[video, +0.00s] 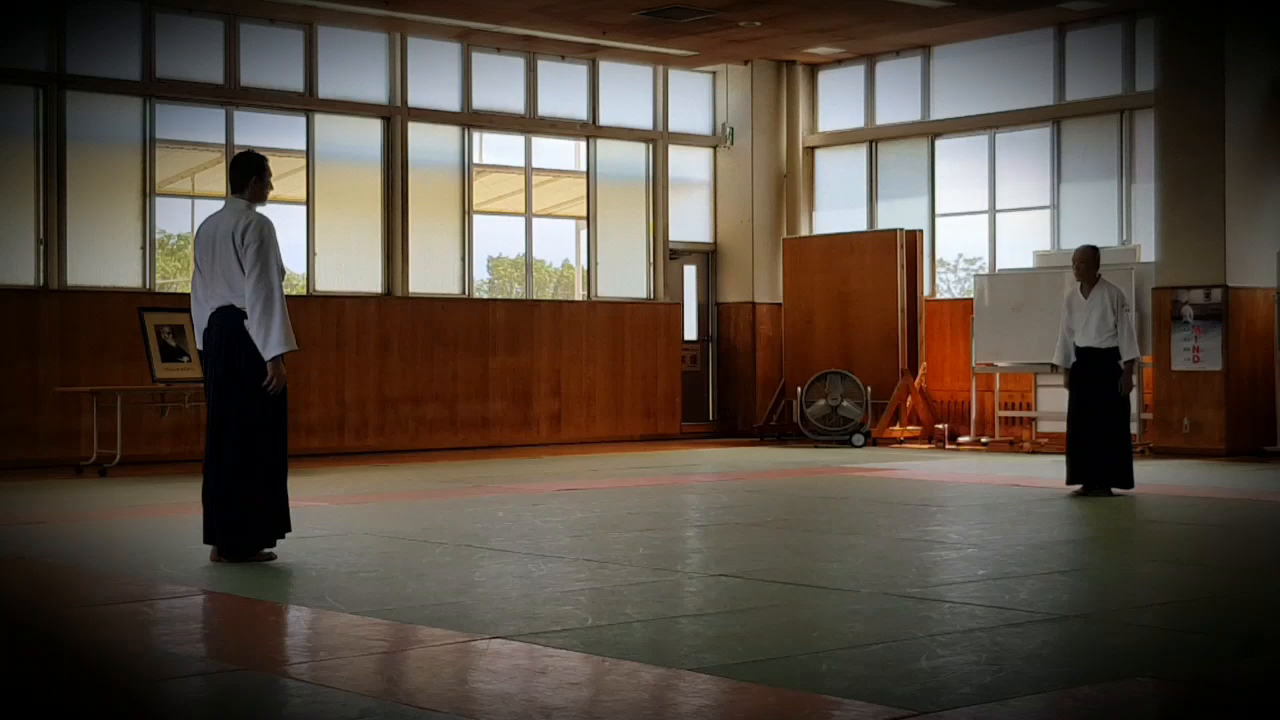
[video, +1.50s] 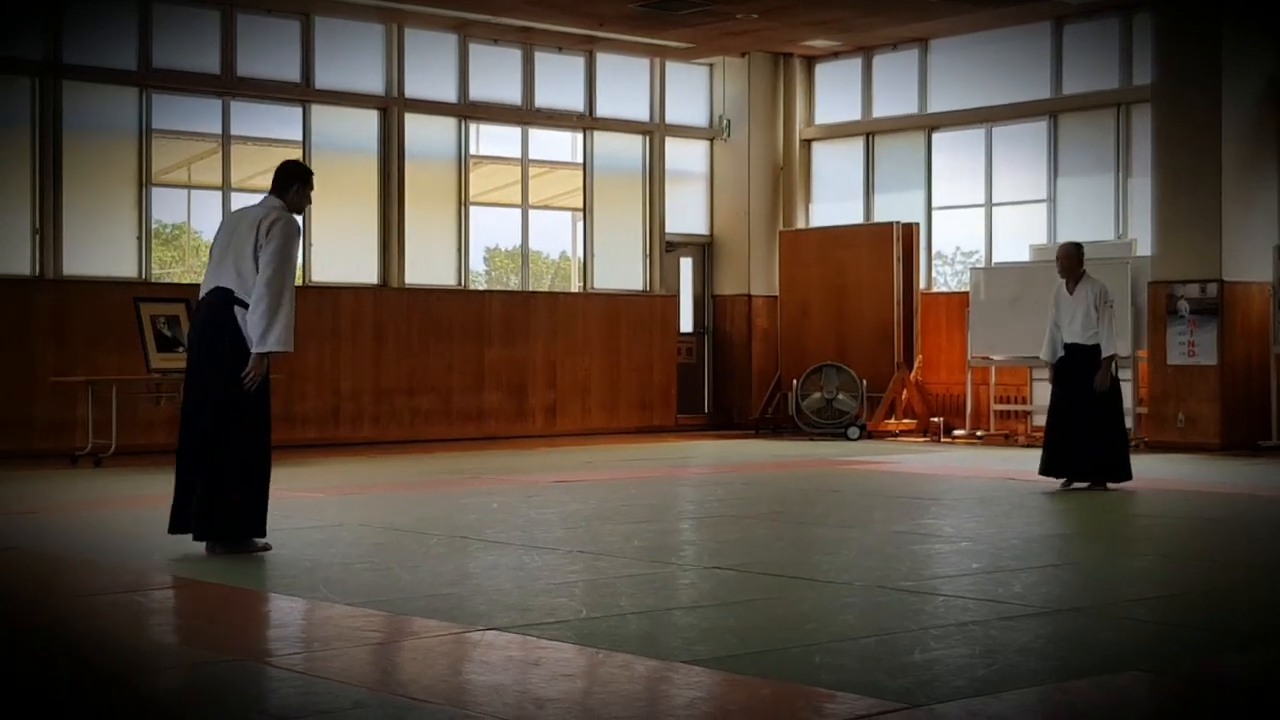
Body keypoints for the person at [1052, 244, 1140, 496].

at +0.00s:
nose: (1075, 268)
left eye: (1081, 263)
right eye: (1074, 264)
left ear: (1096, 265)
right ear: (1073, 266)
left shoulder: (1113, 294)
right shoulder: (1072, 297)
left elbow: (1126, 332)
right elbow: (1065, 334)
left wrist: (1128, 371)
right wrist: (1065, 368)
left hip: (1107, 361)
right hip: (1082, 362)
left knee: (1106, 422)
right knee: (1083, 421)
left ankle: (1104, 482)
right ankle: (1087, 481)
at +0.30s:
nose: (1068, 286)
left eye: (1072, 280)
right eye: (1066, 281)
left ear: (1086, 275)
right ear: (1064, 280)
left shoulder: (1109, 298)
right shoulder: (1069, 303)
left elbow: (1125, 335)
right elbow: (1068, 337)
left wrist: (1129, 373)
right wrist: (1070, 370)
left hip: (1111, 363)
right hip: (1087, 364)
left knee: (1108, 422)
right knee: (1087, 421)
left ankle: (1105, 480)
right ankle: (1086, 479)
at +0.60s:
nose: (1059, 287)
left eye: (1062, 282)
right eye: (1057, 283)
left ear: (1077, 278)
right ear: (1057, 282)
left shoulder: (1101, 299)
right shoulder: (1062, 303)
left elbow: (1118, 335)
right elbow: (1061, 338)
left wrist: (1124, 371)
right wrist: (1065, 369)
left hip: (1105, 364)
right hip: (1081, 364)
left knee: (1102, 421)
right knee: (1081, 421)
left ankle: (1099, 479)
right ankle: (1080, 478)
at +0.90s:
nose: (1056, 282)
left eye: (1060, 276)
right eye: (1054, 277)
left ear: (1075, 272)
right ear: (1052, 277)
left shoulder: (1098, 296)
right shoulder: (1058, 301)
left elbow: (1114, 333)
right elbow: (1057, 335)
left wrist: (1118, 371)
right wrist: (1060, 368)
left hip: (1100, 361)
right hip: (1076, 362)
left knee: (1098, 420)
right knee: (1077, 419)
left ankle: (1095, 477)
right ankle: (1076, 476)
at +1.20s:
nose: (1059, 275)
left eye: (1063, 270)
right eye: (1057, 270)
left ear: (1079, 267)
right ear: (1057, 271)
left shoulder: (1101, 292)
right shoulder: (1061, 295)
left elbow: (1114, 331)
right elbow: (1058, 331)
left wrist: (1118, 367)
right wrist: (1059, 366)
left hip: (1100, 358)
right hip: (1076, 359)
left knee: (1100, 418)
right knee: (1078, 417)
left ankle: (1098, 475)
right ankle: (1080, 474)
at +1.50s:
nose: (1058, 266)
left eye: (1062, 261)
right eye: (1056, 261)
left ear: (1078, 261)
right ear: (1059, 263)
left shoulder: (1097, 289)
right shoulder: (1060, 291)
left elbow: (1107, 329)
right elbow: (1054, 328)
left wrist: (1106, 366)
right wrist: (1051, 362)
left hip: (1093, 356)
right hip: (1068, 357)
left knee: (1096, 418)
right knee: (1067, 417)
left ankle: (1099, 475)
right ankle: (1070, 472)